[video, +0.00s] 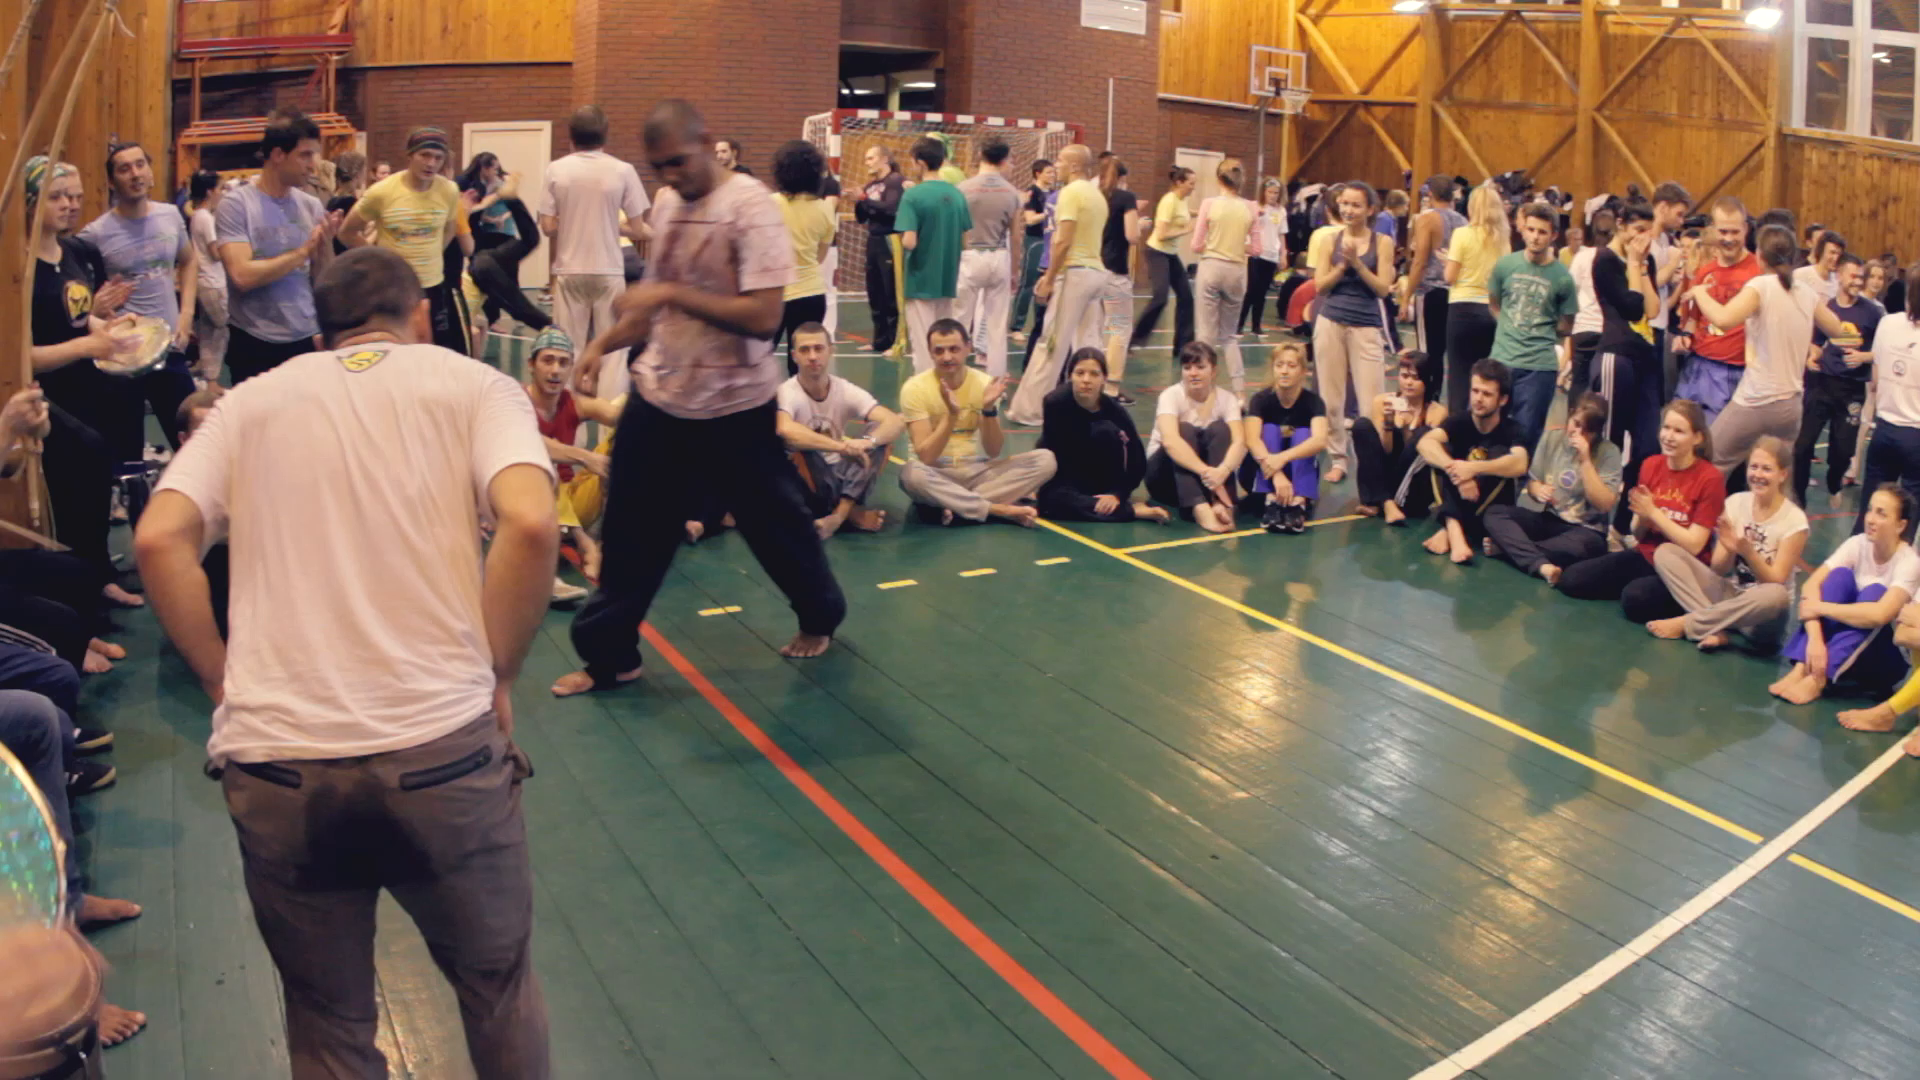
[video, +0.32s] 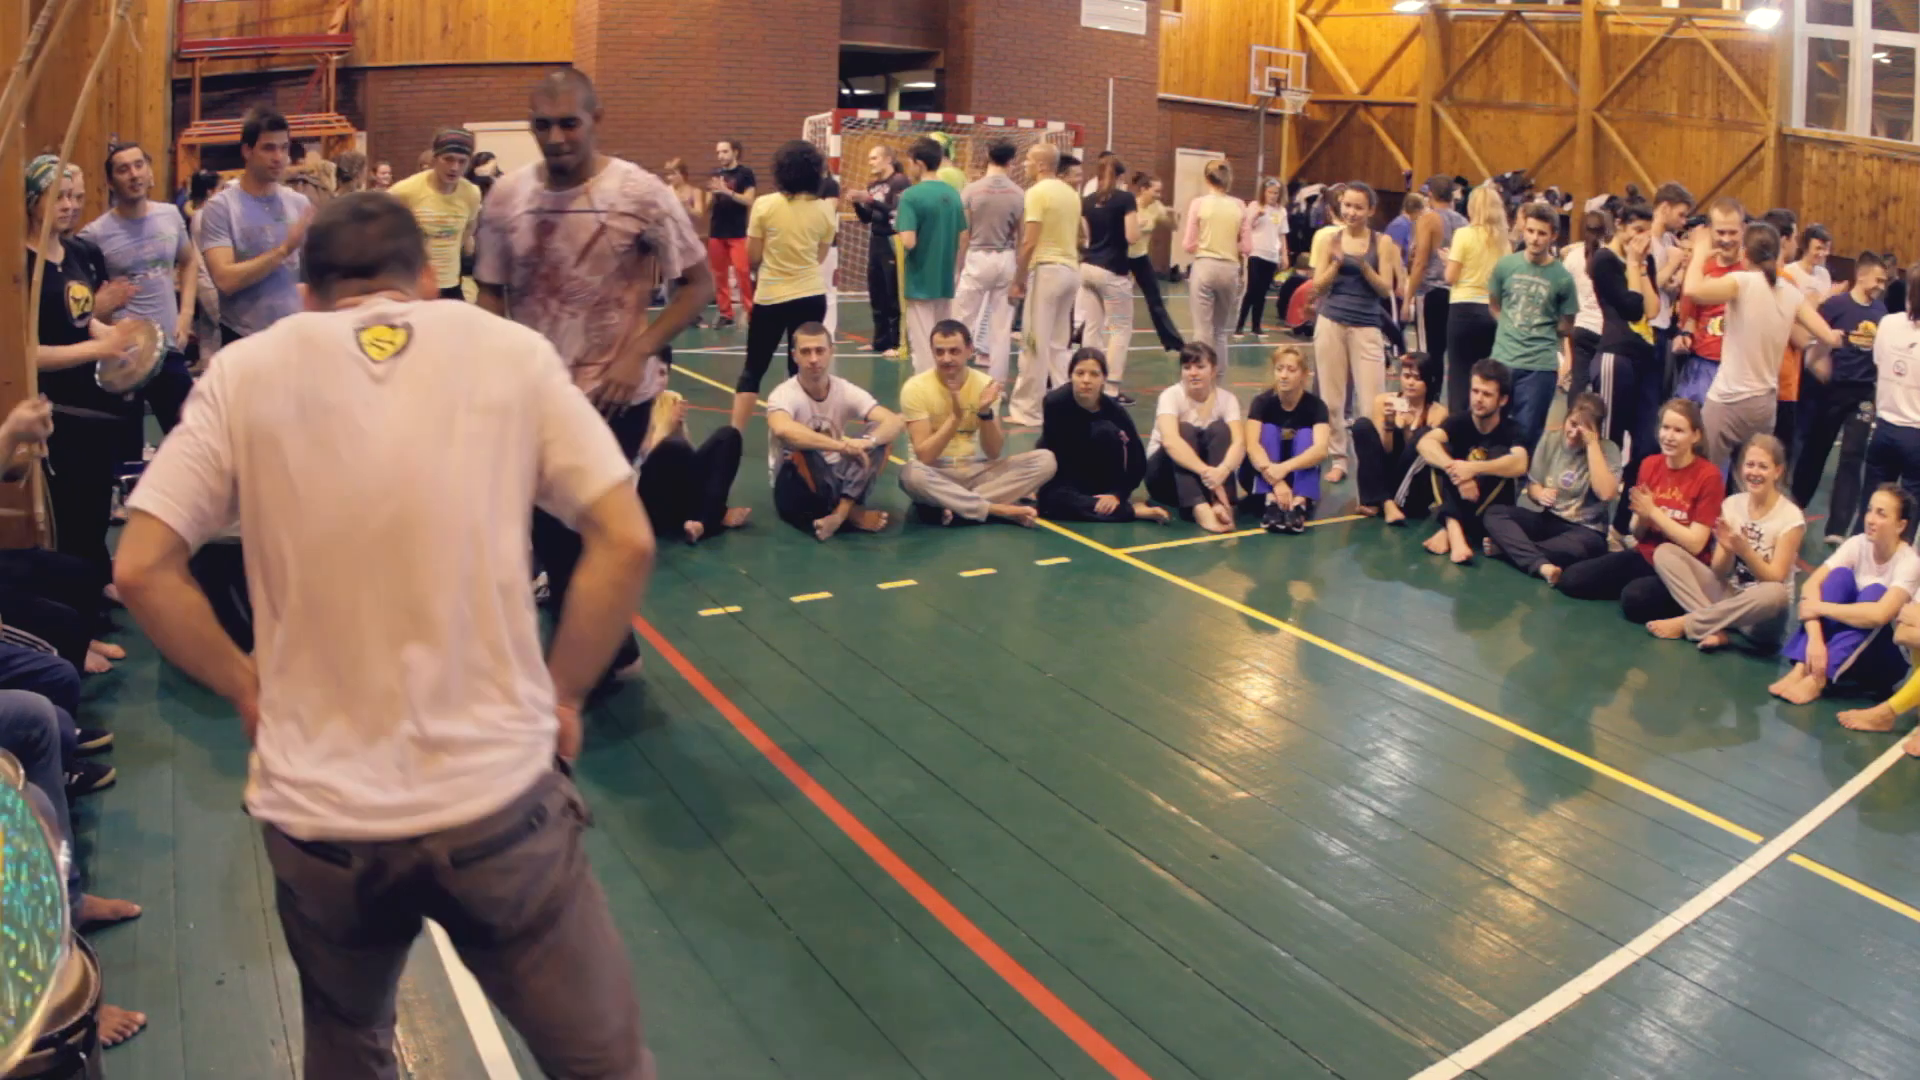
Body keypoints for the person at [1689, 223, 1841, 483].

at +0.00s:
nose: (1755, 255)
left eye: (1756, 250)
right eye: (1757, 250)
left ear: (1760, 256)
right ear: (1792, 256)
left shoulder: (1760, 287)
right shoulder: (1805, 292)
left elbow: (1724, 319)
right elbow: (1835, 329)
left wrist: (1698, 292)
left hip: (1754, 402)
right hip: (1791, 403)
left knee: (1707, 466)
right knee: (1782, 482)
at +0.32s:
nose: (1737, 248)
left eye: (1740, 244)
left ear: (1745, 254)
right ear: (1778, 255)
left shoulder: (1740, 282)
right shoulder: (1791, 293)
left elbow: (1693, 289)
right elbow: (1829, 337)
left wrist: (1700, 249)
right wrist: (1835, 337)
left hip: (1728, 398)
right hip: (1766, 399)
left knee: (1710, 479)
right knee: (1754, 485)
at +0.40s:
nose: (1736, 248)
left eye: (1737, 244)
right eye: (1736, 244)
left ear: (1742, 251)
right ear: (1772, 253)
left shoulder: (1737, 278)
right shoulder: (1787, 293)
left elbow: (1690, 281)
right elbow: (1823, 340)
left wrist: (1714, 247)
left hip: (1724, 395)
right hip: (1762, 398)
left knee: (1705, 475)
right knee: (1747, 481)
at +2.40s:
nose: (1709, 252)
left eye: (1710, 248)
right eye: (1711, 248)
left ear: (1716, 250)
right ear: (1746, 249)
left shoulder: (1719, 277)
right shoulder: (1768, 286)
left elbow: (1678, 308)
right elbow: (1779, 351)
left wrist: (1684, 258)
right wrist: (1766, 398)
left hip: (1718, 392)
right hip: (1755, 393)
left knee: (1705, 477)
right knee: (1737, 479)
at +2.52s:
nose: (1706, 252)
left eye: (1708, 246)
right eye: (1707, 246)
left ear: (1714, 249)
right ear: (1743, 248)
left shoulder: (1717, 279)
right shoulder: (1764, 283)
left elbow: (1691, 330)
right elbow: (1772, 343)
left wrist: (1679, 297)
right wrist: (1761, 383)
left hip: (1719, 391)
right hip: (1755, 391)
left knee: (1706, 476)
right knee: (1738, 476)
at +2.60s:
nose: (1705, 252)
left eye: (1707, 246)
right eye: (1707, 246)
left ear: (1714, 250)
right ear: (1743, 248)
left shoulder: (1714, 279)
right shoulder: (1764, 284)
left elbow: (1701, 337)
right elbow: (1773, 344)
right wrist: (1758, 377)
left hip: (1718, 390)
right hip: (1755, 391)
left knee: (1706, 476)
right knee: (1738, 476)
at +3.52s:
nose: (1700, 251)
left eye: (1702, 245)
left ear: (1707, 249)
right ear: (1740, 248)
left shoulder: (1708, 280)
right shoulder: (1757, 281)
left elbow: (1699, 340)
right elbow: (1767, 338)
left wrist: (1687, 345)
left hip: (1719, 390)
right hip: (1756, 389)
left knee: (1708, 480)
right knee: (1744, 482)